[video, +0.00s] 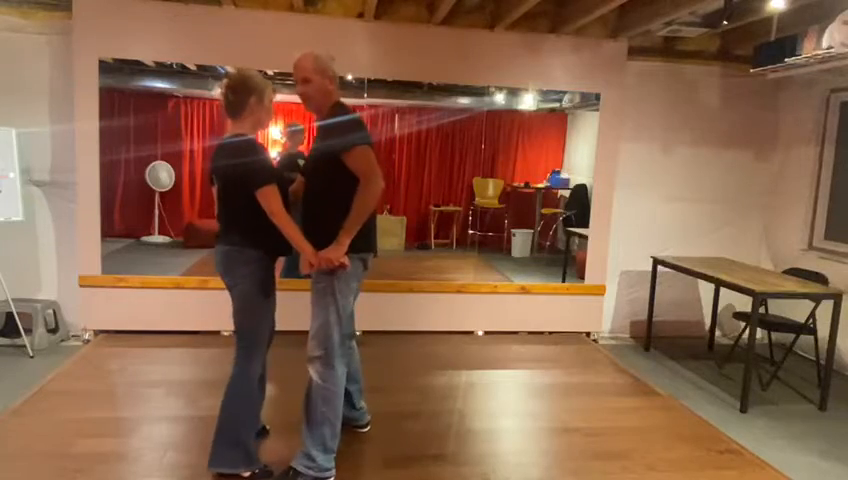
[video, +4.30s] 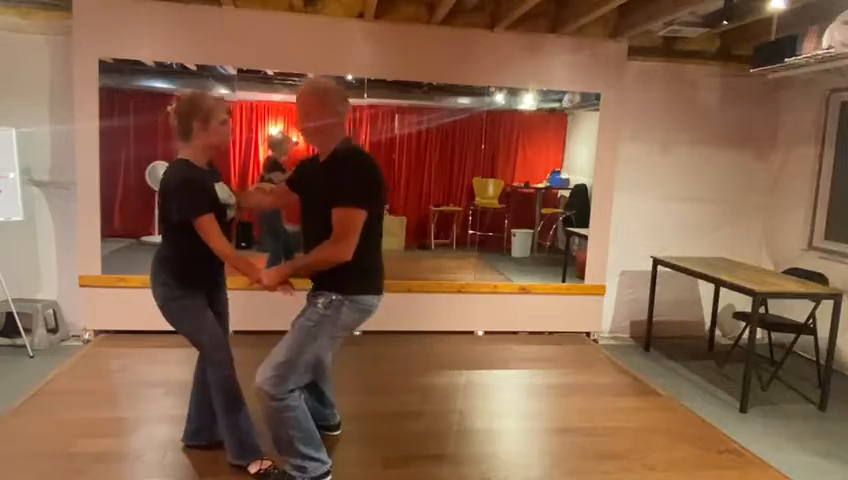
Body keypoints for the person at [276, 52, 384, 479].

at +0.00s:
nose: (298, 92)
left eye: (304, 82)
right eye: (296, 84)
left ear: (330, 82)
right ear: (321, 84)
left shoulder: (344, 125)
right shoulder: (328, 126)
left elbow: (374, 184)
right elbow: (325, 186)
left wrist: (340, 243)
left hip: (340, 257)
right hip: (331, 254)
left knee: (324, 355)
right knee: (340, 338)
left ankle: (317, 464)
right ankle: (353, 408)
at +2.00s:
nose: (278, 95)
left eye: (282, 86)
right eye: (274, 89)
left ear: (307, 80)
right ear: (284, 89)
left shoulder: (332, 125)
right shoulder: (301, 132)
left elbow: (377, 179)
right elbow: (281, 180)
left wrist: (346, 233)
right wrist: (243, 186)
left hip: (333, 252)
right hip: (315, 250)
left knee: (320, 347)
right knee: (329, 340)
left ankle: (310, 454)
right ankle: (328, 418)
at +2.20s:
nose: (275, 98)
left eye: (281, 88)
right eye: (271, 91)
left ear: (305, 84)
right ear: (276, 93)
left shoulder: (329, 126)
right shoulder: (298, 134)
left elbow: (380, 170)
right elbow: (281, 180)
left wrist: (358, 227)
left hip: (340, 251)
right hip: (323, 250)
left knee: (323, 348)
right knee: (331, 342)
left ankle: (312, 457)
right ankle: (329, 418)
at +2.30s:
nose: (275, 97)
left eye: (281, 88)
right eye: (271, 90)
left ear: (305, 85)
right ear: (277, 92)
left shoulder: (328, 125)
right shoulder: (297, 135)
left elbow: (384, 164)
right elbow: (271, 179)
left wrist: (368, 223)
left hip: (343, 253)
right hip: (323, 253)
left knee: (325, 349)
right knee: (327, 342)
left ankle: (313, 460)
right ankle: (326, 418)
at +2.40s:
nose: (277, 92)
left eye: (284, 84)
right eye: (273, 85)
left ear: (308, 84)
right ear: (274, 91)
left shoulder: (333, 124)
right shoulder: (291, 138)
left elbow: (388, 154)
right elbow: (264, 183)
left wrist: (379, 214)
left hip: (344, 252)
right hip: (320, 252)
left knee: (325, 351)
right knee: (318, 340)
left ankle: (313, 462)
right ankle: (325, 416)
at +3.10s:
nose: (312, 136)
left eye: (318, 128)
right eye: (305, 129)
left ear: (334, 129)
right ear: (298, 135)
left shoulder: (361, 166)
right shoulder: (295, 188)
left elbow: (392, 220)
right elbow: (247, 217)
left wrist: (348, 254)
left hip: (367, 279)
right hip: (327, 280)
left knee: (306, 353)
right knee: (276, 343)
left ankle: (313, 467)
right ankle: (322, 419)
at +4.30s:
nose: (299, 123)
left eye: (303, 116)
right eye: (300, 116)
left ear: (314, 118)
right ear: (341, 116)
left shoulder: (356, 168)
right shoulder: (311, 169)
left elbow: (342, 248)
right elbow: (274, 198)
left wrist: (285, 270)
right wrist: (231, 197)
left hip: (349, 294)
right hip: (327, 288)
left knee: (275, 383)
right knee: (307, 352)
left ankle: (310, 470)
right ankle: (324, 417)